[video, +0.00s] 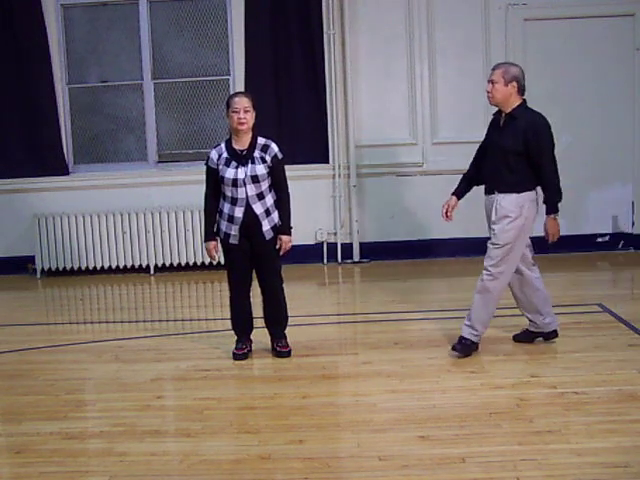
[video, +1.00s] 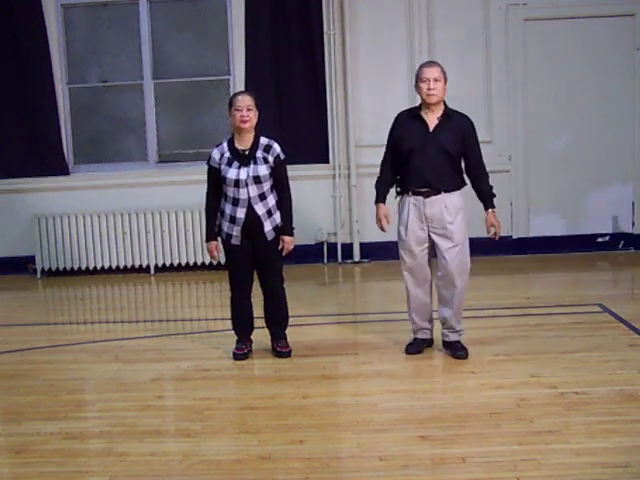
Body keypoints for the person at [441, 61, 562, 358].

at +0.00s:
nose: (488, 88)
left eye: (493, 83)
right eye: (488, 83)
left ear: (512, 87)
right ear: (505, 87)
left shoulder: (534, 123)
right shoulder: (498, 121)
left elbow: (548, 170)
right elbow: (481, 161)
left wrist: (552, 214)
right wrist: (457, 195)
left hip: (517, 202)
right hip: (494, 201)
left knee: (495, 268)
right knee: (519, 264)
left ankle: (471, 335)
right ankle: (543, 324)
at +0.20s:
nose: (469, 87)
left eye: (474, 82)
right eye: (470, 81)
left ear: (493, 87)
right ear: (488, 87)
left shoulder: (513, 124)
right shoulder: (475, 121)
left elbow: (524, 174)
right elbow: (461, 161)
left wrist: (522, 218)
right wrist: (443, 195)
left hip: (493, 203)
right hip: (469, 202)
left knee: (480, 271)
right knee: (485, 266)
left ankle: (467, 336)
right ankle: (528, 313)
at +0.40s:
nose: (451, 84)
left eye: (457, 80)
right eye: (453, 79)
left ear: (475, 85)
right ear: (471, 84)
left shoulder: (498, 122)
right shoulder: (456, 119)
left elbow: (500, 175)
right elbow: (444, 163)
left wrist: (482, 212)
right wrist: (432, 201)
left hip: (477, 203)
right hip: (448, 203)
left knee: (474, 272)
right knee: (444, 267)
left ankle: (467, 335)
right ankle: (478, 316)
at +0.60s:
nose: (441, 84)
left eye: (447, 80)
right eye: (441, 79)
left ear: (466, 84)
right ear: (443, 84)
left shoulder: (485, 122)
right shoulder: (437, 119)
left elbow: (485, 171)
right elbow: (427, 162)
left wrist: (462, 201)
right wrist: (424, 201)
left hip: (472, 206)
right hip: (437, 204)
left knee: (472, 273)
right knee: (433, 270)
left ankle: (467, 337)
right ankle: (428, 334)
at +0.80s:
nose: (441, 87)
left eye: (447, 81)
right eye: (436, 81)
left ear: (457, 86)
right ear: (429, 86)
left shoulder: (472, 123)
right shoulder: (417, 120)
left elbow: (480, 170)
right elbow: (407, 164)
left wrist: (471, 206)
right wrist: (404, 202)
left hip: (457, 204)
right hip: (421, 204)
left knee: (464, 273)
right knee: (424, 272)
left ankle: (466, 336)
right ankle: (428, 334)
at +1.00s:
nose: (430, 86)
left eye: (436, 81)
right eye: (424, 81)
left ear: (445, 85)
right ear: (417, 86)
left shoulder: (461, 123)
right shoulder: (403, 121)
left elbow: (476, 167)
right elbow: (389, 164)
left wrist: (490, 208)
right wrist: (380, 201)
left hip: (449, 203)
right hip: (411, 204)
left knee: (454, 270)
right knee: (414, 271)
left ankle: (452, 336)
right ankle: (421, 334)